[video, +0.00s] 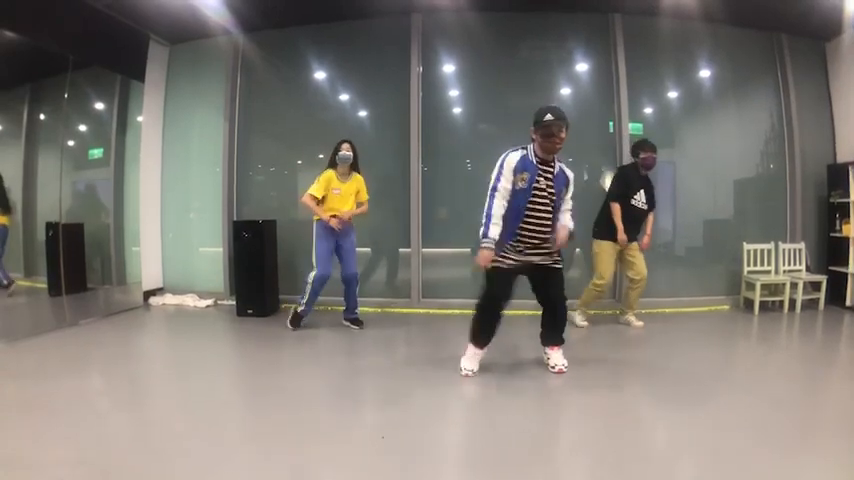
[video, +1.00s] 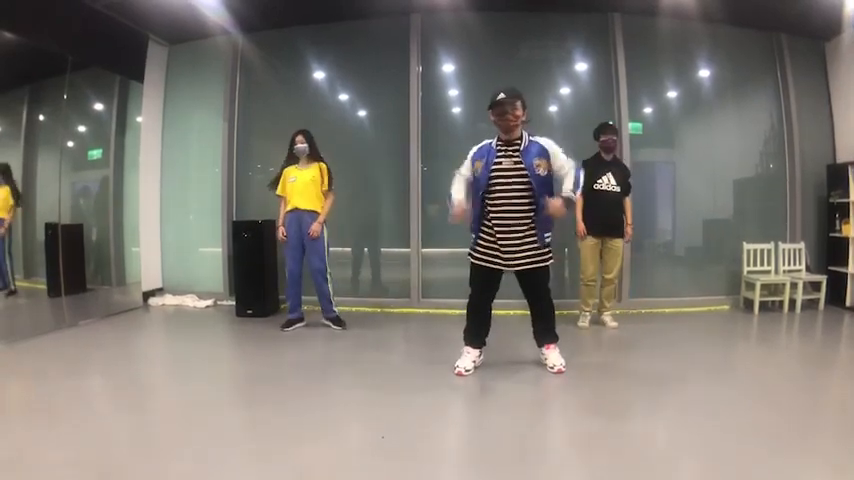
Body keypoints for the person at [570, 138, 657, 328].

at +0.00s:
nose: (650, 159)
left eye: (653, 156)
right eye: (646, 156)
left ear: (656, 158)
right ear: (637, 157)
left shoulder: (648, 184)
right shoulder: (624, 172)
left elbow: (650, 211)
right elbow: (613, 201)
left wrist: (647, 235)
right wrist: (620, 230)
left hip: (629, 238)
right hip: (607, 235)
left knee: (639, 275)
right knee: (603, 278)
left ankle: (627, 313)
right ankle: (579, 310)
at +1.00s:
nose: (609, 142)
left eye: (613, 138)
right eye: (605, 138)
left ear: (617, 141)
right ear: (598, 141)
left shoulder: (622, 169)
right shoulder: (586, 166)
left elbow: (626, 198)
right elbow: (579, 195)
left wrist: (628, 224)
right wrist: (579, 222)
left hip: (615, 230)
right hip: (590, 229)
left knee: (611, 276)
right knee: (589, 275)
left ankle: (606, 311)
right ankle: (586, 311)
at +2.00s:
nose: (601, 148)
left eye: (604, 144)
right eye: (596, 144)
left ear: (607, 145)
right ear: (587, 145)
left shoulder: (604, 171)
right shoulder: (578, 166)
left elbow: (603, 203)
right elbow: (562, 192)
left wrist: (613, 223)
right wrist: (575, 216)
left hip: (601, 232)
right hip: (578, 233)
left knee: (615, 270)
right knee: (566, 275)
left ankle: (614, 311)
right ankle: (547, 309)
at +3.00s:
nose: (590, 151)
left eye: (593, 147)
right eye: (586, 147)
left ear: (598, 149)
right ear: (578, 148)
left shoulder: (605, 173)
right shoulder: (567, 173)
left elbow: (608, 198)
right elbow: (553, 195)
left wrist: (609, 217)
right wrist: (557, 218)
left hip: (600, 234)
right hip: (574, 235)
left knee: (608, 275)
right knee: (568, 277)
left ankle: (605, 312)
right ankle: (557, 310)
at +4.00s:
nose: (567, 162)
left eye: (571, 158)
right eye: (563, 158)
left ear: (577, 159)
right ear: (559, 160)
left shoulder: (583, 181)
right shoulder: (559, 184)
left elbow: (594, 210)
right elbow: (558, 212)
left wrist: (579, 232)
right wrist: (548, 229)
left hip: (590, 244)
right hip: (566, 243)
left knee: (600, 285)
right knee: (552, 279)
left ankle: (618, 314)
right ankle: (554, 316)